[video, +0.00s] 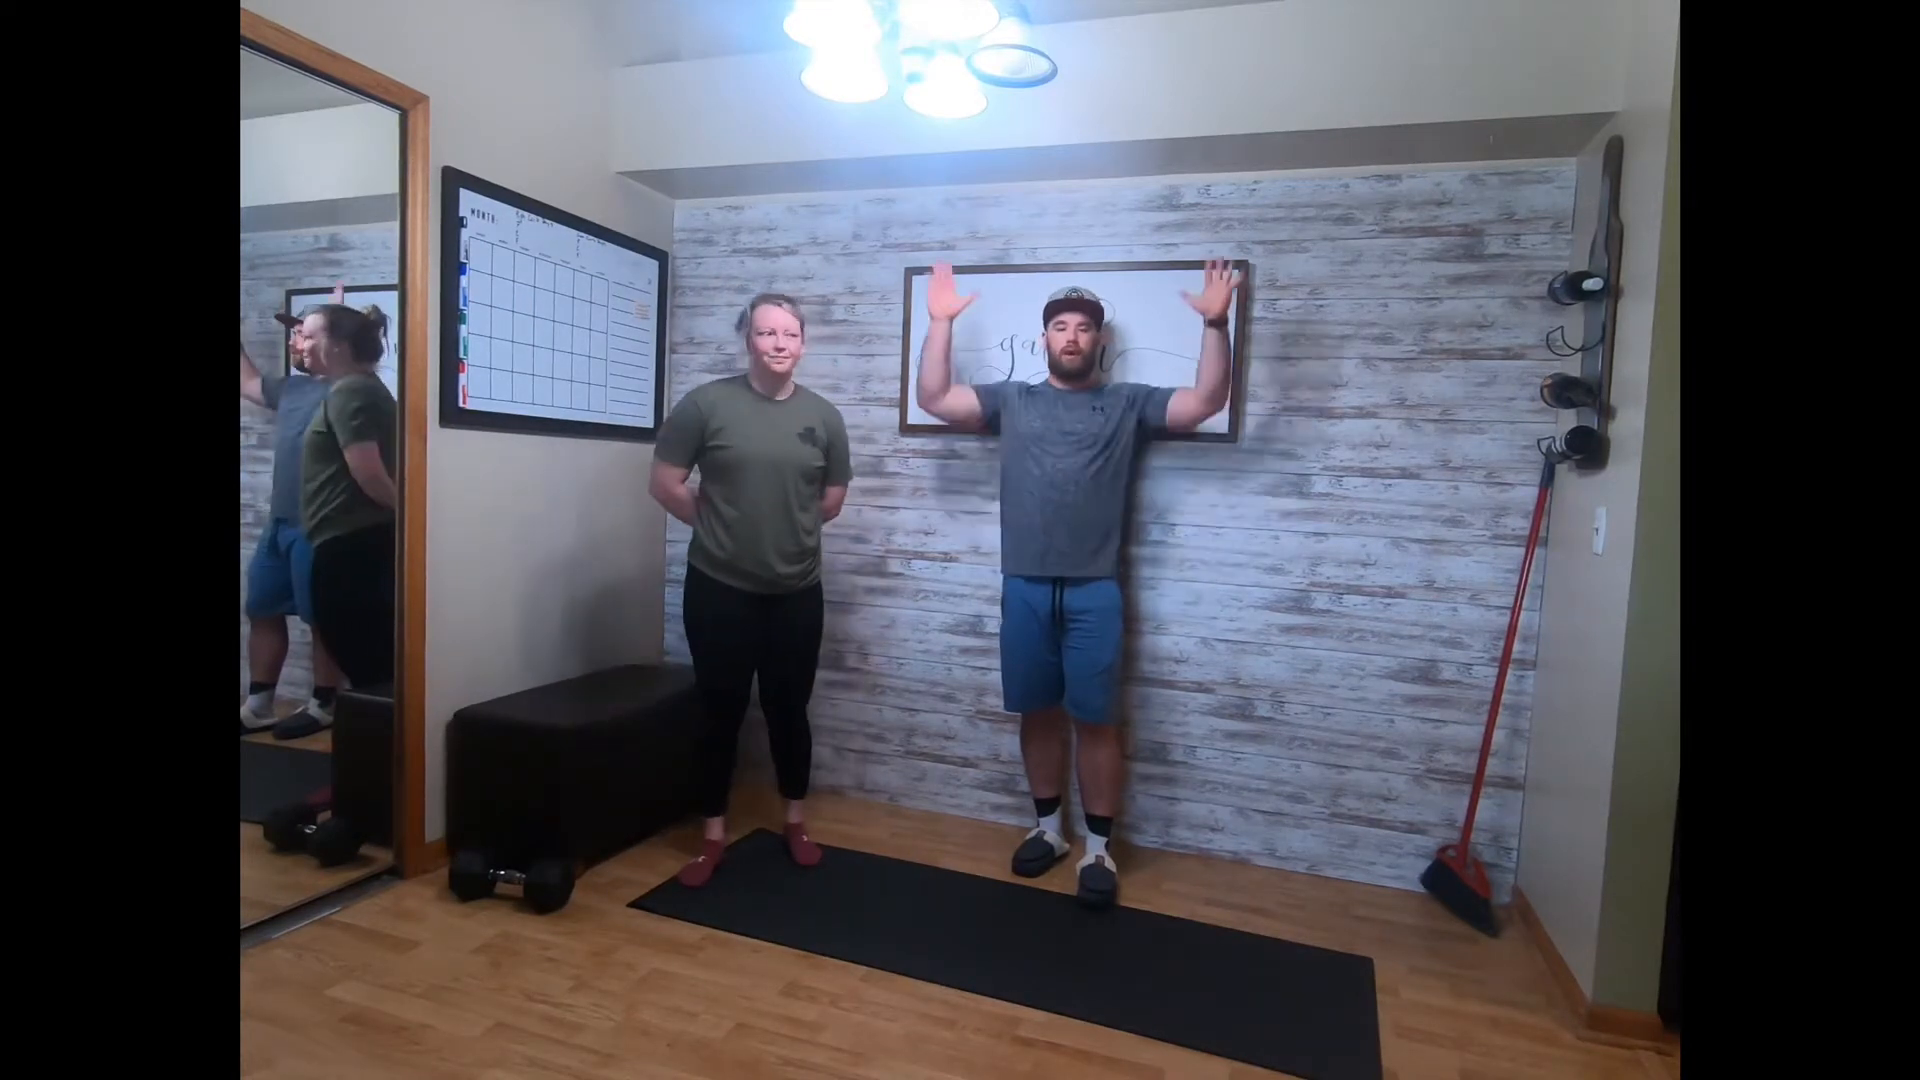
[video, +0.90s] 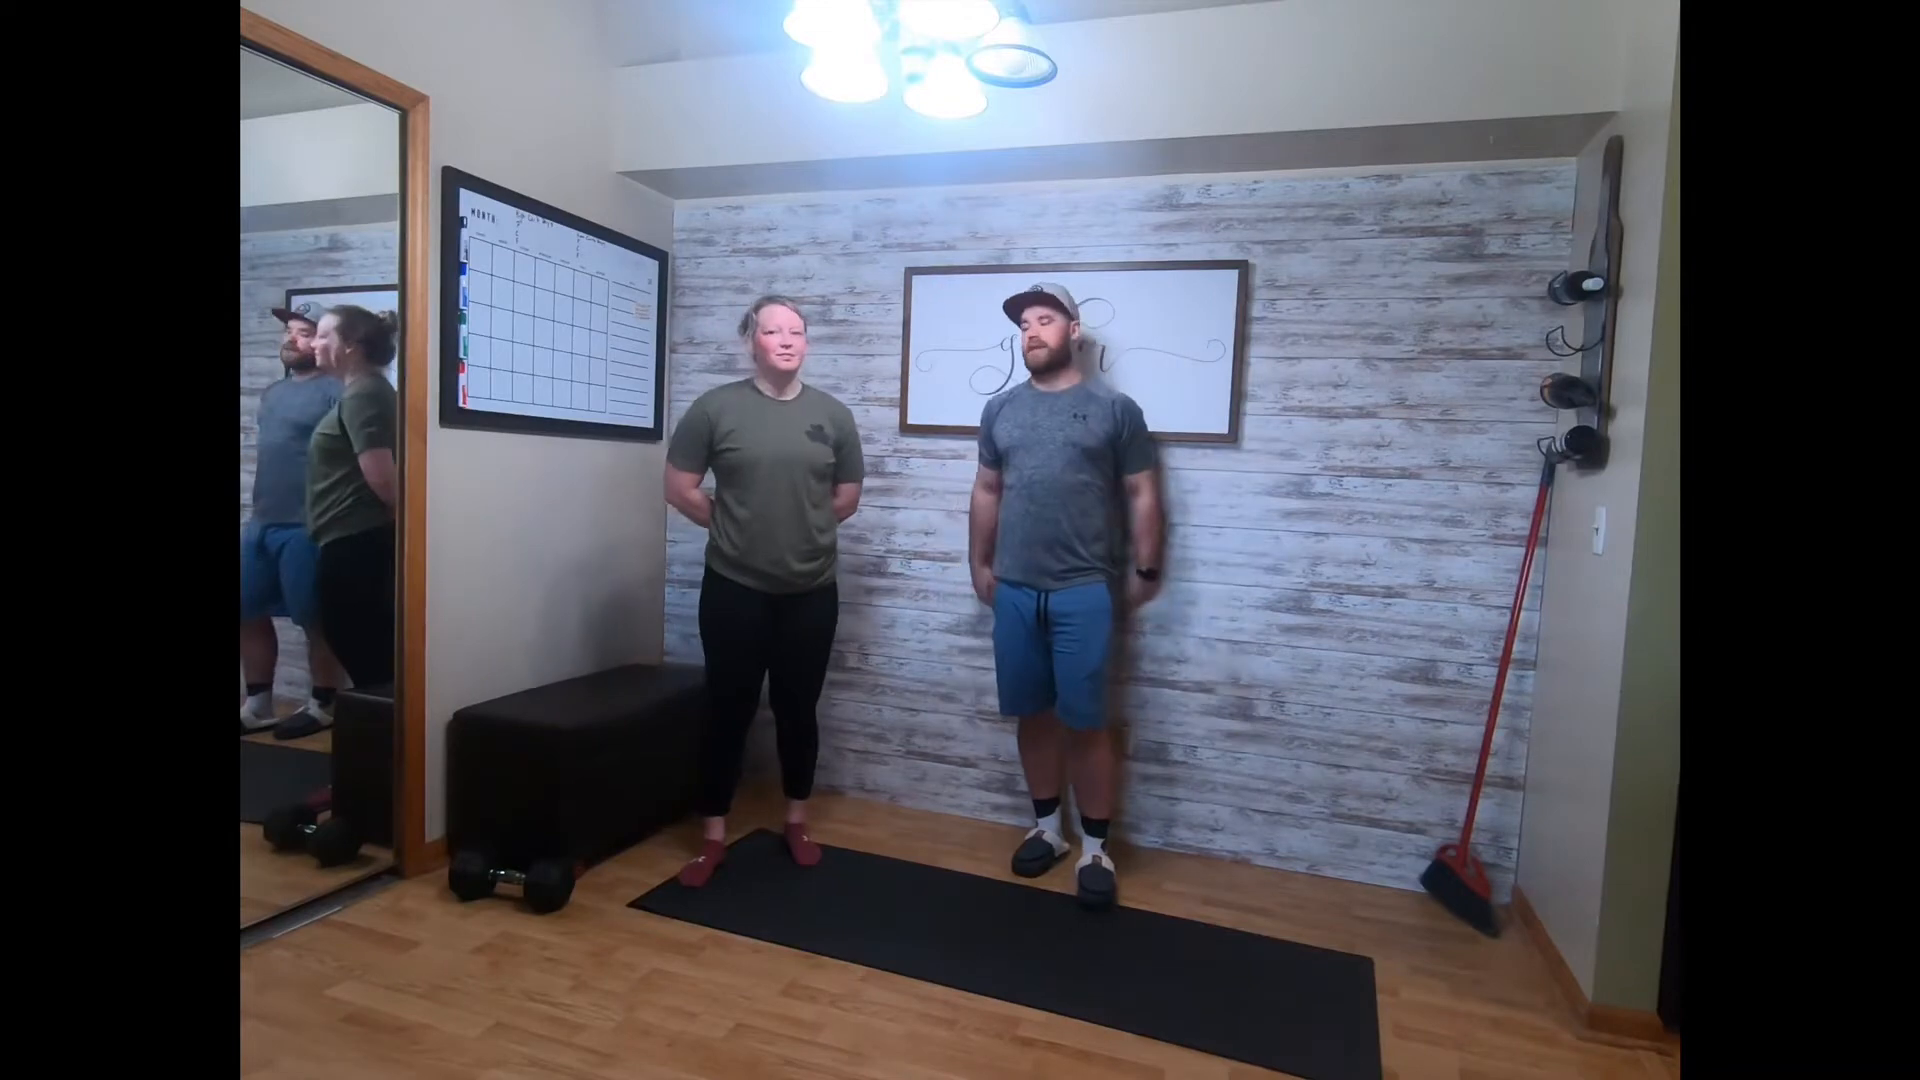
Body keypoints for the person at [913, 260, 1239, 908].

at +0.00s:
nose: (1072, 337)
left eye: (1083, 328)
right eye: (1061, 328)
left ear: (1099, 342)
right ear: (1045, 342)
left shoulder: (1126, 403)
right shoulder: (1014, 398)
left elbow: (1206, 400)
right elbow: (934, 397)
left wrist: (1214, 322)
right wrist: (940, 322)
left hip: (1094, 584)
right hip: (1024, 582)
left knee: (1095, 716)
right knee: (1036, 711)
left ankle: (1098, 851)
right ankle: (1047, 832)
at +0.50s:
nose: (1064, 336)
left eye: (1076, 327)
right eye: (1053, 328)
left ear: (1093, 339)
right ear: (1038, 340)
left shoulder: (1122, 408)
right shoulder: (1012, 404)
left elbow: (1199, 440)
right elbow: (937, 443)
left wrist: (1185, 376)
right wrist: (942, 378)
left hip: (1094, 579)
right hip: (1024, 577)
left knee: (1093, 715)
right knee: (1036, 709)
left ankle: (1097, 851)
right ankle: (1048, 831)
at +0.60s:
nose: (1057, 337)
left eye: (1069, 327)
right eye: (1046, 328)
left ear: (1088, 337)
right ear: (1033, 339)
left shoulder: (1116, 410)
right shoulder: (1008, 408)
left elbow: (1175, 481)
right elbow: (976, 480)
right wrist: (948, 471)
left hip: (1092, 581)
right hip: (1023, 580)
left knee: (1094, 716)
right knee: (1036, 710)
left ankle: (1098, 851)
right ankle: (1048, 830)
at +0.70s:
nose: (1049, 338)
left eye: (1062, 327)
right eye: (1038, 329)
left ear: (1083, 337)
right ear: (1028, 339)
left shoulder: (1115, 411)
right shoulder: (1008, 411)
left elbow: (1149, 490)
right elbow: (986, 490)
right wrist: (950, 550)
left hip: (1089, 583)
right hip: (1020, 582)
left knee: (1091, 716)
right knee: (1033, 710)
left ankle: (1098, 850)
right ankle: (1047, 829)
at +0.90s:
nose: (1030, 333)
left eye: (1042, 323)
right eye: (1024, 327)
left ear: (1072, 331)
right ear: (1020, 339)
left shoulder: (1114, 408)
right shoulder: (1002, 408)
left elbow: (1143, 492)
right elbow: (986, 489)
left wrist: (1146, 570)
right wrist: (980, 563)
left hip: (1087, 581)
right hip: (1014, 580)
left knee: (1086, 717)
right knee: (1031, 711)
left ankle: (1094, 850)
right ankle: (1047, 829)